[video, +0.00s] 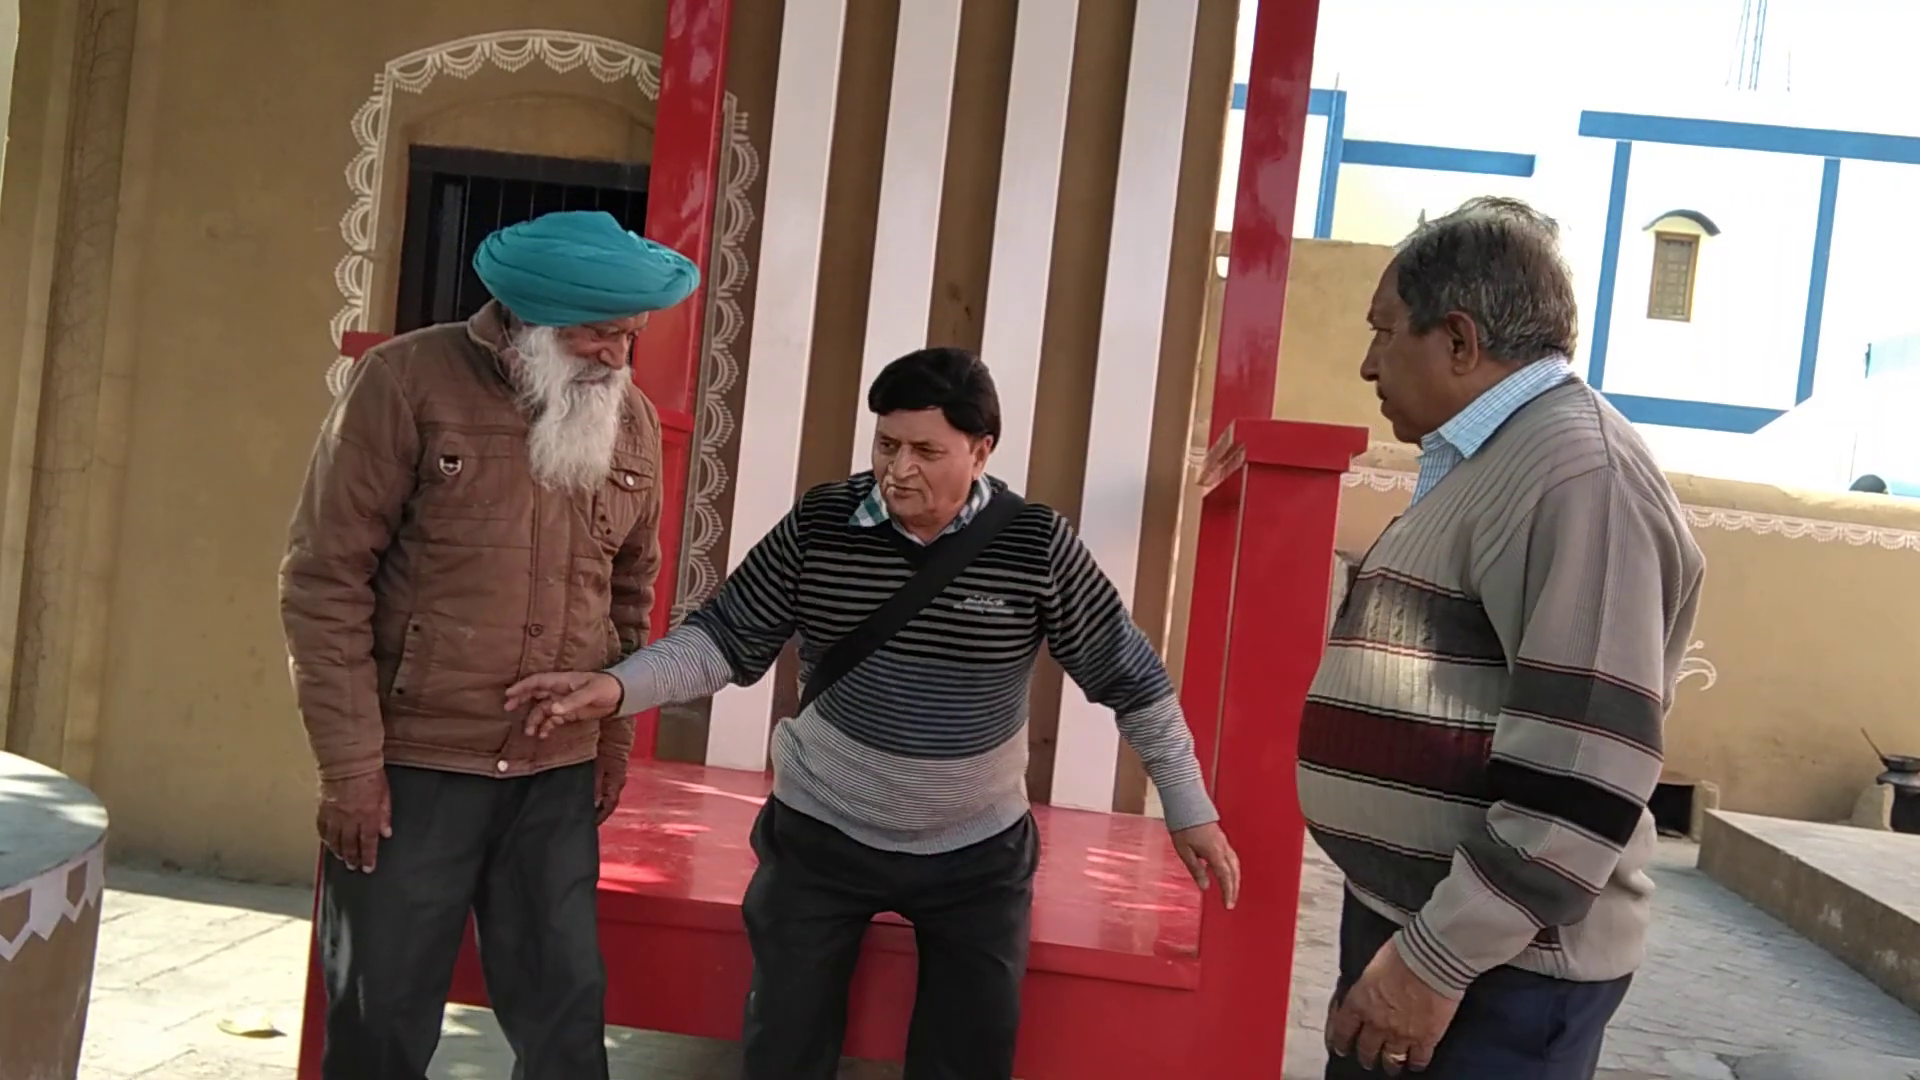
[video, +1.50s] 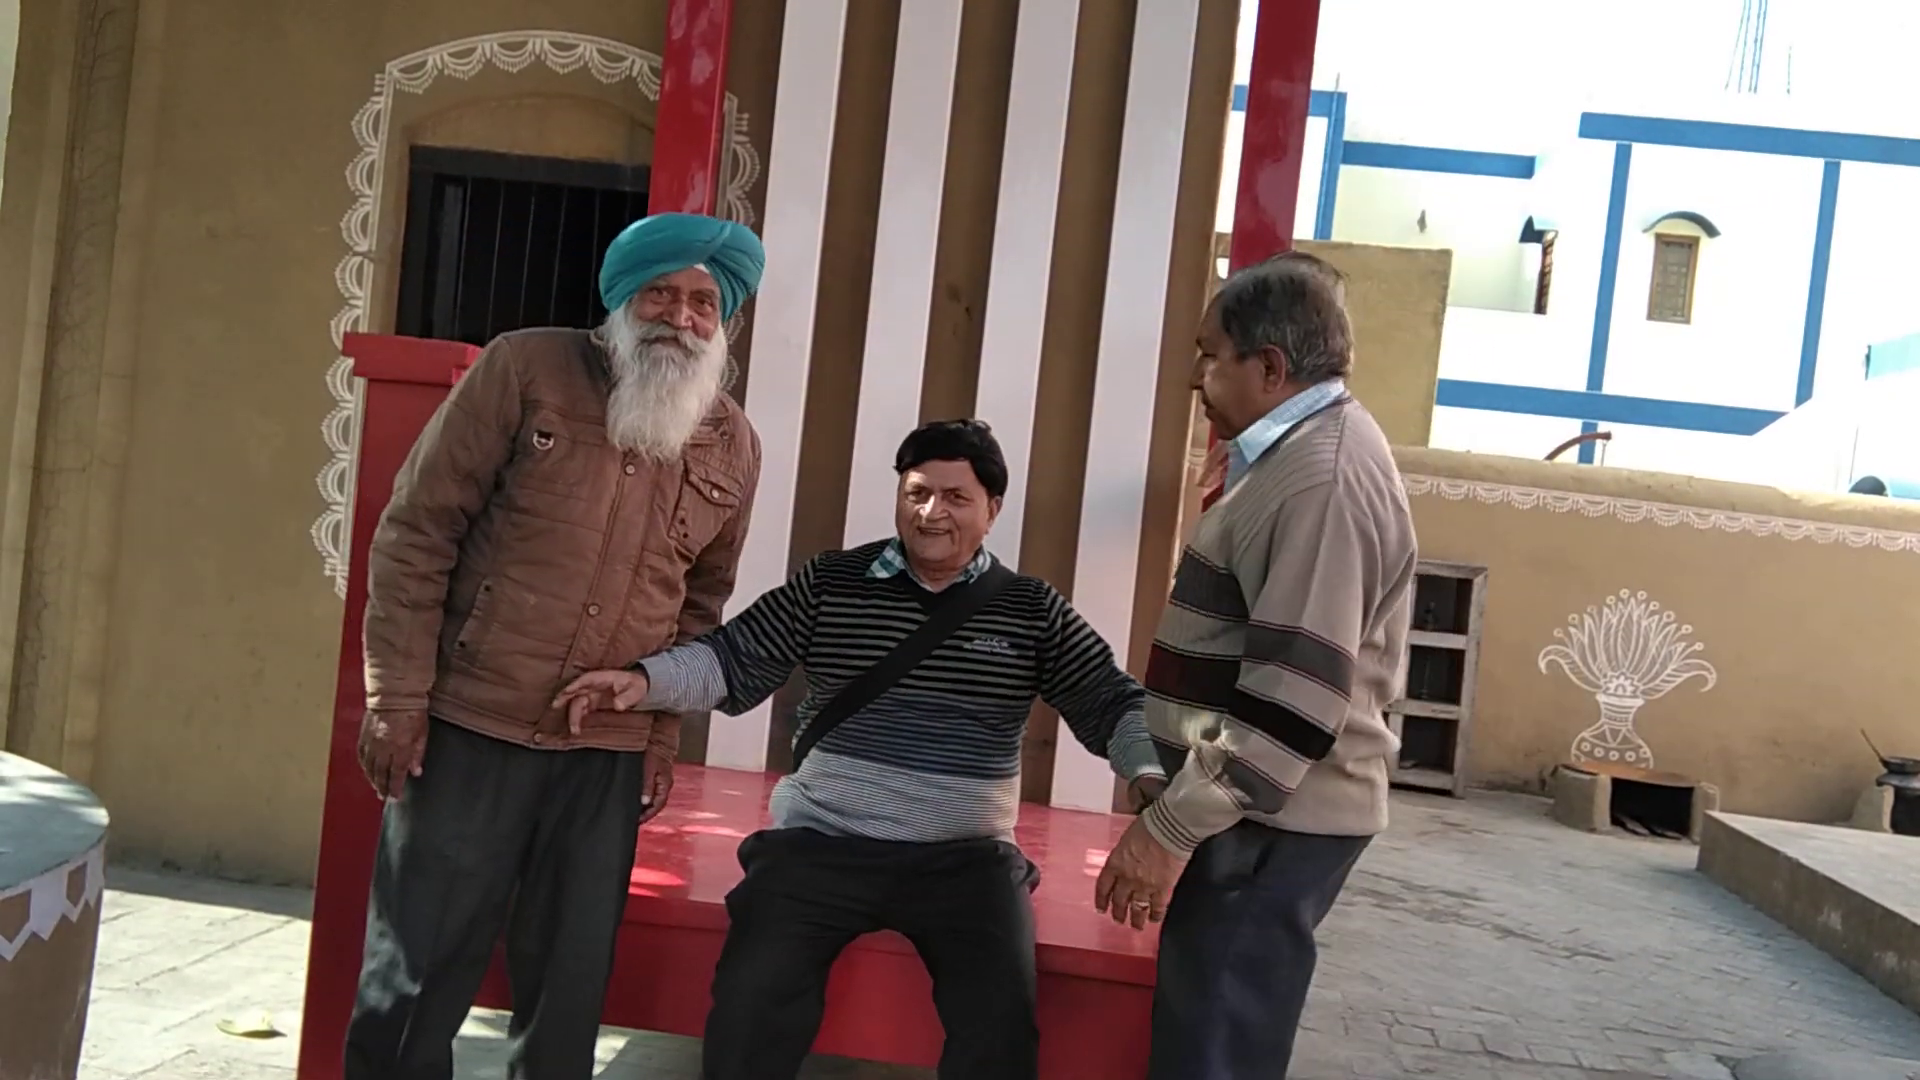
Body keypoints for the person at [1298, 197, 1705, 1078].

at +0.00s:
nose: (1366, 362)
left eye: (1383, 332)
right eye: (1372, 334)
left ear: (1459, 338)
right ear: (1462, 342)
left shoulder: (1585, 479)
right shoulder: (1493, 457)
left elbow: (1582, 786)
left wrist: (1430, 961)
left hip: (1505, 975)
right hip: (1412, 937)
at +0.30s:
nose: (1389, 381)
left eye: (1403, 352)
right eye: (1393, 355)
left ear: (1473, 357)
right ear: (1476, 360)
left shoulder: (1584, 484)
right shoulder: (1497, 472)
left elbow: (1607, 772)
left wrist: (1543, 1007)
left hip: (1462, 953)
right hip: (1391, 922)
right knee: (1340, 1065)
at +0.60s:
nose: (1332, 399)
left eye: (1336, 370)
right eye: (1330, 371)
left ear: (1387, 366)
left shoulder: (1484, 463)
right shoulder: (1452, 458)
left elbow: (1530, 725)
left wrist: (1454, 944)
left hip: (1424, 919)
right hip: (1394, 899)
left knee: (1258, 1065)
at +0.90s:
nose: (1244, 399)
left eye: (1247, 375)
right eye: (1247, 375)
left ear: (1278, 376)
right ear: (1386, 361)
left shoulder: (1327, 484)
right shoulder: (1444, 465)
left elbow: (1324, 758)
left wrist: (1260, 946)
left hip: (1342, 898)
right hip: (1442, 883)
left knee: (1229, 1063)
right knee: (1404, 1066)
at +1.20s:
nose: (1210, 382)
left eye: (1210, 362)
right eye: (1207, 361)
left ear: (1242, 362)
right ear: (1333, 342)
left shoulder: (1288, 471)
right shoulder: (1393, 446)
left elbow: (1247, 720)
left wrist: (1139, 859)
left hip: (1284, 837)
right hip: (1370, 833)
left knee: (1209, 1056)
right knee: (1262, 1053)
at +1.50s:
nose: (1198, 378)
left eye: (1213, 358)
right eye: (1202, 357)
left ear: (1272, 368)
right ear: (1275, 368)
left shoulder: (1324, 477)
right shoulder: (1294, 455)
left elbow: (1297, 705)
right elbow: (1234, 651)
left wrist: (1170, 827)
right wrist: (1156, 771)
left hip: (1275, 826)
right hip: (1248, 816)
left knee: (1213, 1048)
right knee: (1204, 1042)